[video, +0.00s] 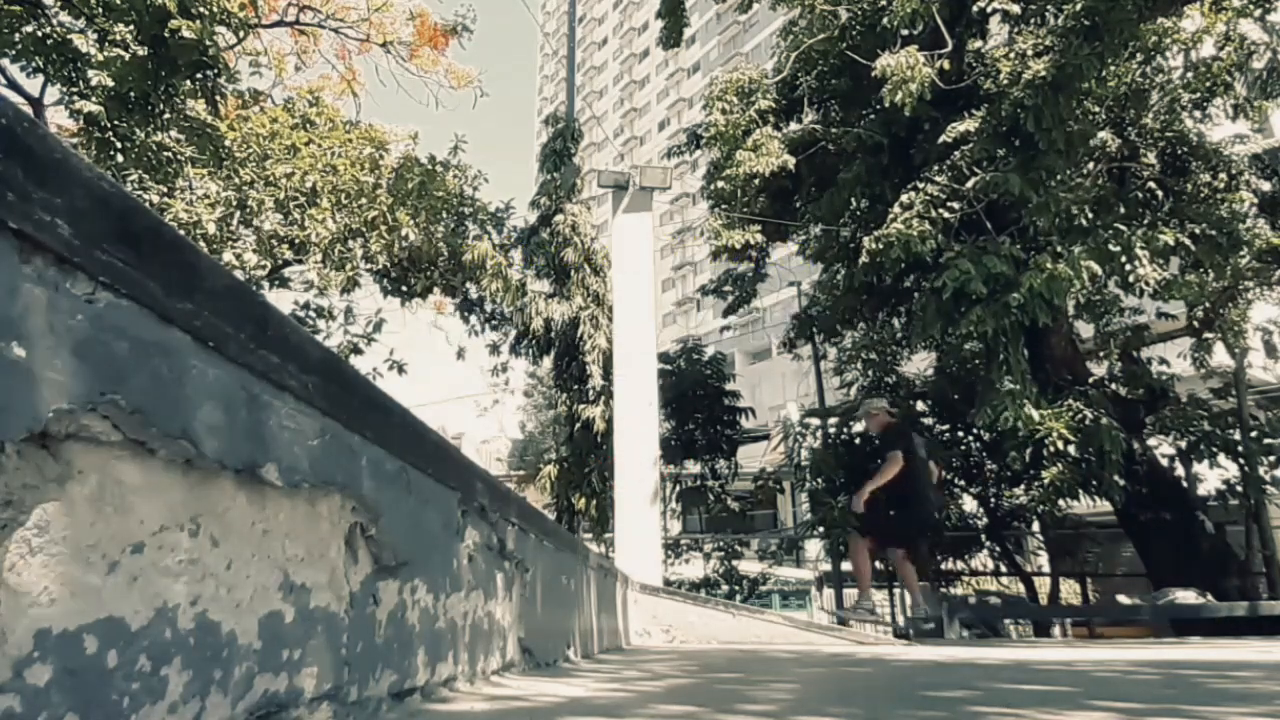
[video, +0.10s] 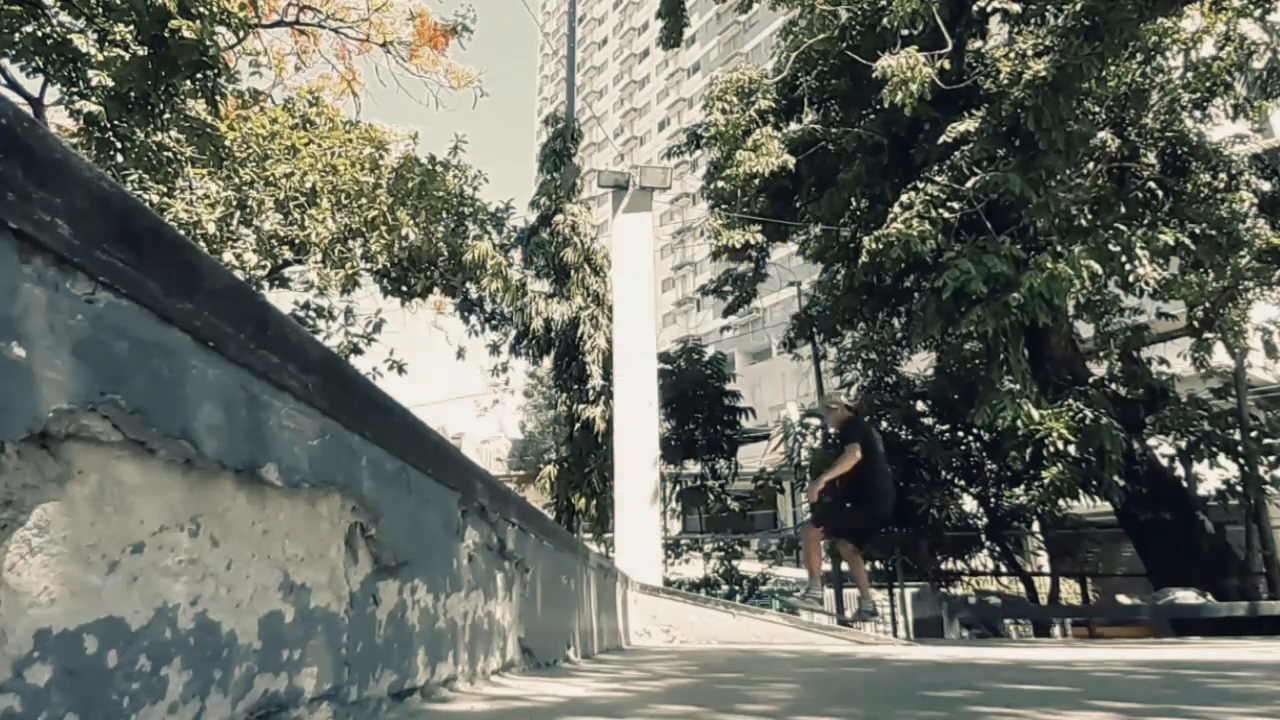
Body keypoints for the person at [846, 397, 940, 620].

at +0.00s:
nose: (866, 426)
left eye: (867, 419)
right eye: (865, 420)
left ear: (880, 415)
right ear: (884, 416)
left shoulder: (891, 434)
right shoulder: (911, 435)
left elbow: (894, 462)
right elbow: (933, 470)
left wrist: (865, 490)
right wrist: (922, 495)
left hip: (900, 507)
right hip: (919, 507)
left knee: (858, 539)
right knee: (899, 552)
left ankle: (865, 602)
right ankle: (919, 606)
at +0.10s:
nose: (827, 422)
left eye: (827, 416)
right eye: (825, 417)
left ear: (839, 409)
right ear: (841, 410)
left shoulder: (852, 427)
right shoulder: (863, 428)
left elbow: (854, 455)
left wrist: (821, 480)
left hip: (861, 501)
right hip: (878, 502)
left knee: (811, 532)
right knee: (847, 546)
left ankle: (814, 592)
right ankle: (867, 603)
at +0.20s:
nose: (789, 410)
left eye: (791, 404)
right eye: (787, 406)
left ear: (803, 399)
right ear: (804, 402)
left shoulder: (816, 415)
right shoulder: (820, 419)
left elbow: (820, 441)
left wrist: (789, 462)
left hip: (826, 493)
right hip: (839, 495)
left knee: (771, 515)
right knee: (801, 534)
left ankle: (769, 579)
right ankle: (821, 590)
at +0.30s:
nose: (757, 396)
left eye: (759, 390)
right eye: (755, 392)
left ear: (772, 386)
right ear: (773, 388)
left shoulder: (785, 400)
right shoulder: (782, 408)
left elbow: (800, 421)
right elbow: (783, 456)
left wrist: (774, 438)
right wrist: (760, 472)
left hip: (788, 475)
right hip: (800, 478)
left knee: (731, 503)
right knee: (761, 523)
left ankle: (727, 570)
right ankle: (779, 582)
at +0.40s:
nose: (732, 379)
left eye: (734, 373)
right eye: (730, 375)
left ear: (748, 369)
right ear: (736, 375)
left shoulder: (763, 381)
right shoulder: (751, 397)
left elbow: (792, 395)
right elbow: (736, 439)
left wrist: (786, 403)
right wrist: (699, 447)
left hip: (758, 462)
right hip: (764, 465)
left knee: (701, 491)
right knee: (724, 508)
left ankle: (682, 556)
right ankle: (735, 569)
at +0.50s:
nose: (710, 357)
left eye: (712, 351)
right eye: (707, 354)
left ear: (726, 349)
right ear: (710, 357)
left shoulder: (741, 364)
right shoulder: (723, 380)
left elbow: (766, 364)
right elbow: (704, 397)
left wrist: (780, 362)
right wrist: (671, 390)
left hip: (741, 438)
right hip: (748, 444)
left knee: (676, 463)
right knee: (700, 498)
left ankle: (666, 534)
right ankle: (702, 567)